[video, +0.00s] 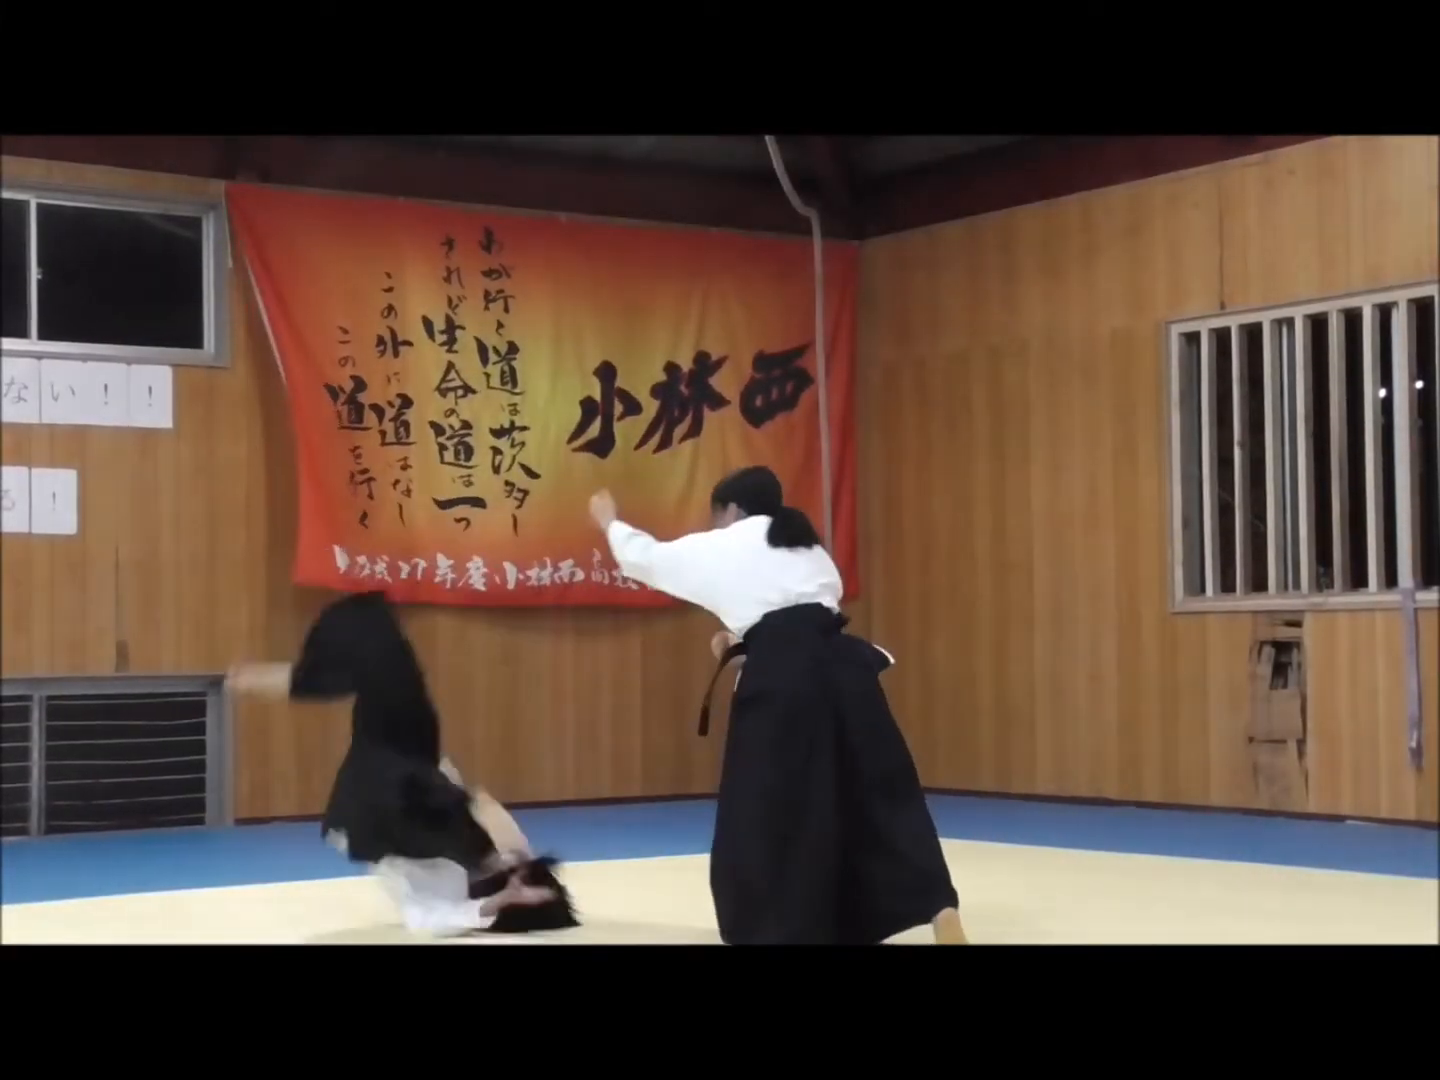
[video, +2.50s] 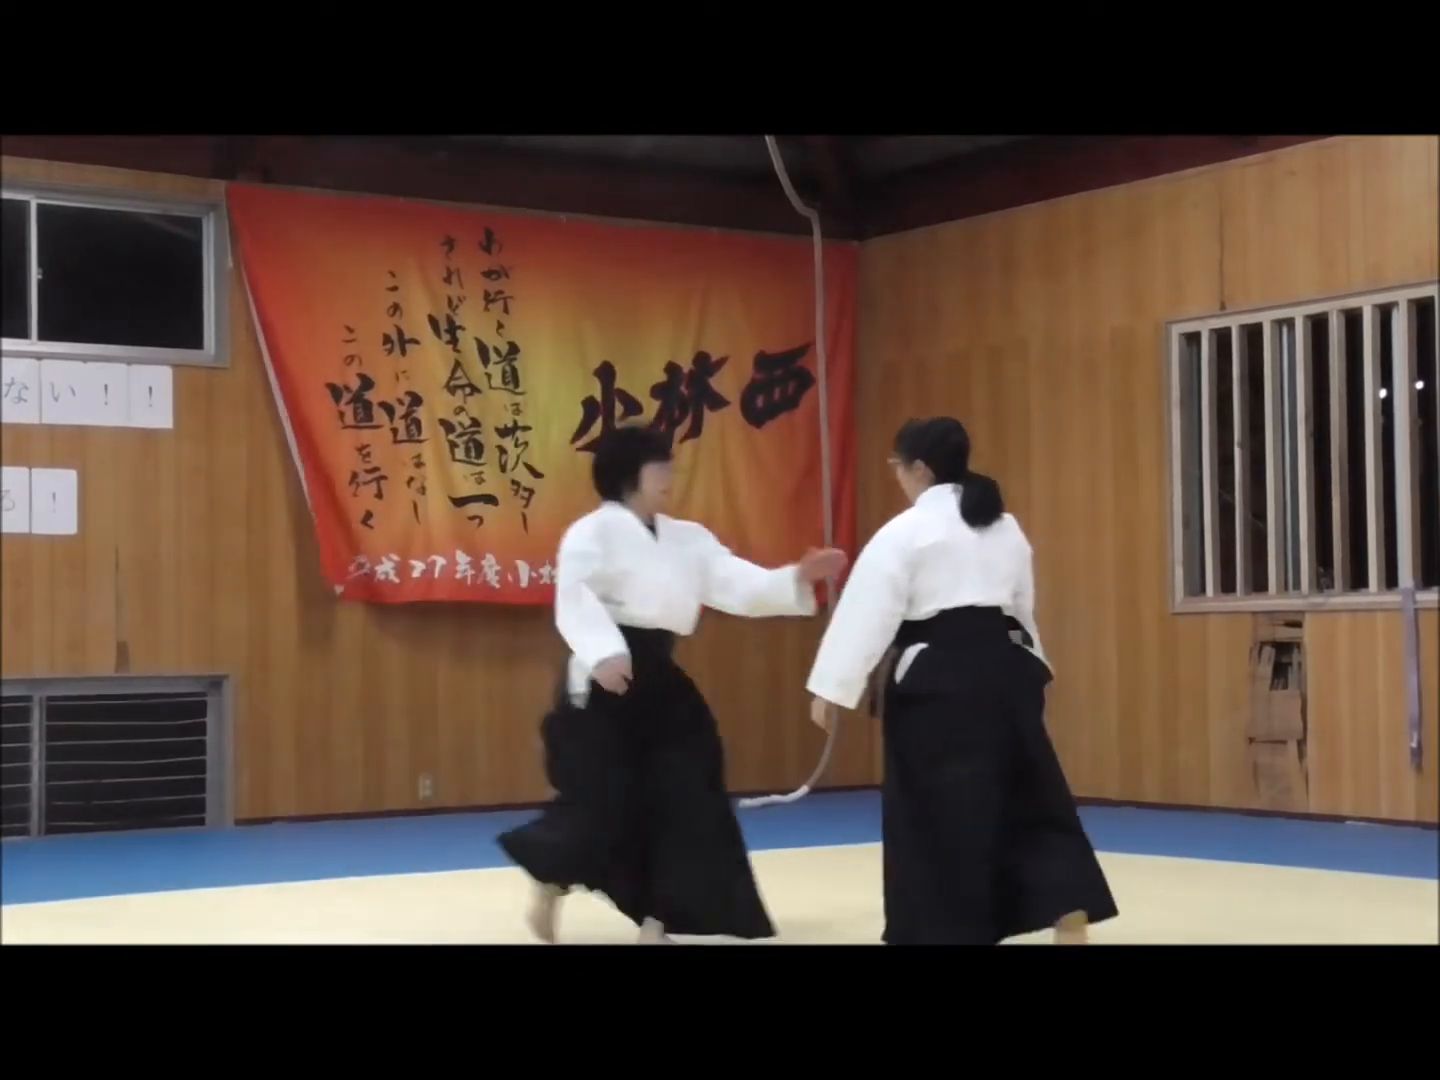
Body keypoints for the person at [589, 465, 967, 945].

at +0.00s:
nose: (713, 522)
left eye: (716, 512)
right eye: (715, 512)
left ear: (733, 510)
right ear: (771, 505)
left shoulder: (719, 548)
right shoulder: (808, 543)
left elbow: (644, 556)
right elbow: (820, 605)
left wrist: (609, 522)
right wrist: (743, 636)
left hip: (780, 678)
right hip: (845, 669)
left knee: (766, 802)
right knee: (889, 786)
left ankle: (767, 927)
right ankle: (942, 904)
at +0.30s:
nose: (785, 509)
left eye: (788, 501)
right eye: (785, 502)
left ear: (804, 502)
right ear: (846, 498)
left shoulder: (782, 545)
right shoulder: (880, 552)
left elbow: (702, 560)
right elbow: (885, 605)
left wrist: (687, 516)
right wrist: (793, 625)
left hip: (824, 689)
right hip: (895, 685)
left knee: (791, 814)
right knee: (908, 809)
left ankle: (760, 930)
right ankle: (950, 918)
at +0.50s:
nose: (843, 498)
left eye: (845, 488)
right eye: (844, 489)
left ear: (863, 487)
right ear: (903, 486)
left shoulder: (851, 536)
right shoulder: (939, 538)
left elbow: (776, 578)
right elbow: (935, 603)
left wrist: (746, 539)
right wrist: (852, 621)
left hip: (883, 685)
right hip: (958, 684)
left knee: (839, 805)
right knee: (939, 816)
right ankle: (932, 929)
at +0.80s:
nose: (891, 471)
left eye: (892, 461)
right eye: (890, 461)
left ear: (912, 461)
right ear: (949, 459)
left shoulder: (902, 519)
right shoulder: (993, 517)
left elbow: (859, 591)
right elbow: (1010, 594)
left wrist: (808, 585)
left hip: (935, 664)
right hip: (1008, 663)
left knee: (894, 793)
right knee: (978, 802)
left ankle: (880, 925)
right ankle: (959, 929)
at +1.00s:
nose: (911, 466)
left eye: (913, 456)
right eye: (910, 457)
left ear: (935, 455)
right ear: (974, 453)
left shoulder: (926, 521)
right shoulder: (1017, 510)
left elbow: (892, 606)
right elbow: (1042, 595)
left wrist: (845, 634)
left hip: (971, 667)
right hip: (1039, 661)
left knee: (938, 803)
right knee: (1013, 804)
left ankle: (942, 926)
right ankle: (1046, 920)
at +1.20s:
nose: (930, 450)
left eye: (934, 439)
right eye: (931, 439)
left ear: (956, 441)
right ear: (993, 438)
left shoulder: (956, 508)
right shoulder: (1040, 495)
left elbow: (937, 608)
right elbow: (1066, 578)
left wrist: (897, 669)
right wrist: (1073, 640)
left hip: (997, 662)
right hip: (1065, 654)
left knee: (985, 807)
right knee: (1053, 803)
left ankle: (989, 929)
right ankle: (1053, 927)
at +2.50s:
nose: (897, 477)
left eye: (899, 467)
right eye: (897, 467)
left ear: (917, 469)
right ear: (956, 466)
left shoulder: (903, 533)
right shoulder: (1004, 526)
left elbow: (865, 613)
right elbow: (1021, 608)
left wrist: (831, 685)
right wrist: (1034, 668)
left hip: (935, 675)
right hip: (1009, 669)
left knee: (934, 802)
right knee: (1029, 791)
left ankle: (940, 927)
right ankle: (1069, 907)